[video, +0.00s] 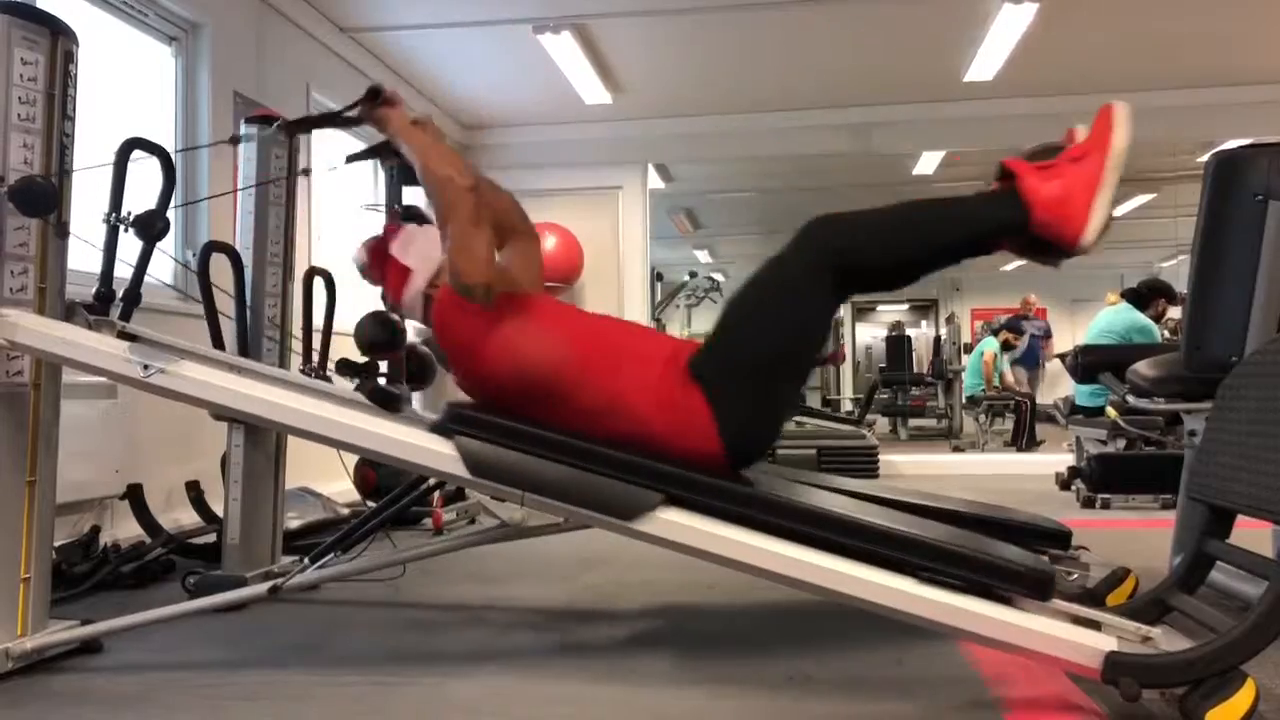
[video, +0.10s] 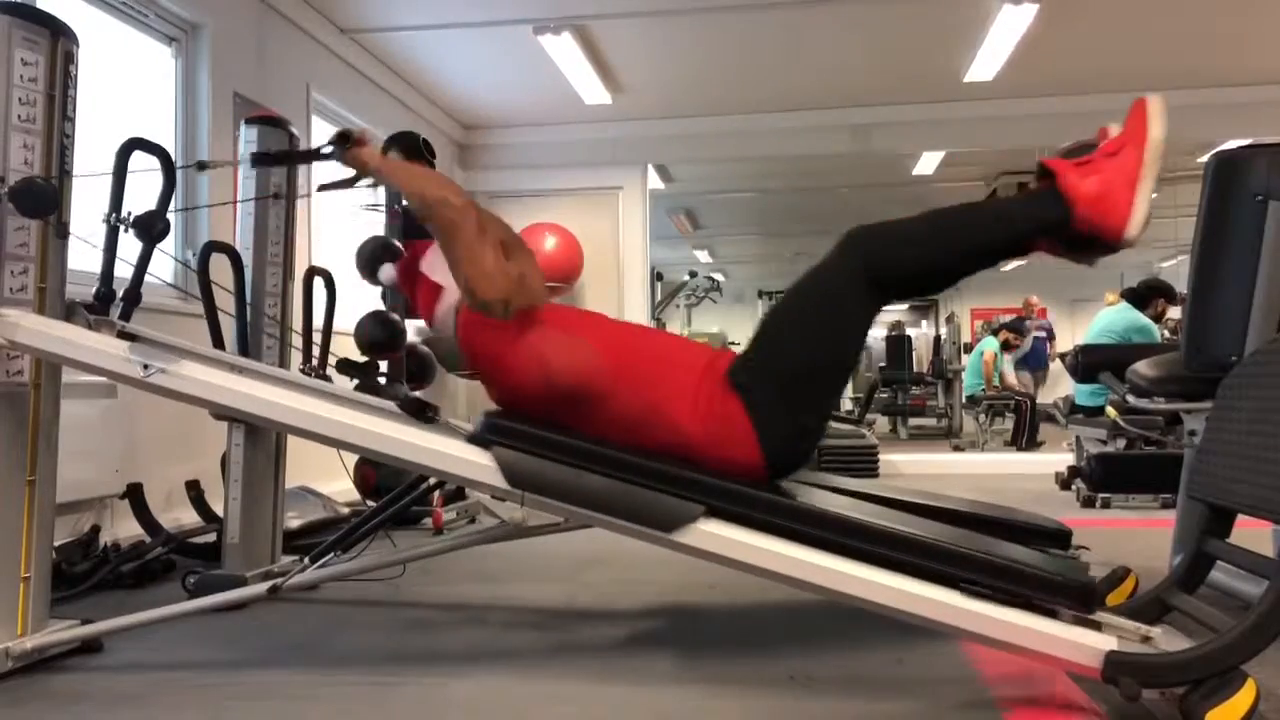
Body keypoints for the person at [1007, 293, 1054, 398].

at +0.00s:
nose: (1030, 307)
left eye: (1033, 304)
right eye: (1027, 304)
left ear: (1036, 306)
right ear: (1022, 305)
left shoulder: (1043, 324)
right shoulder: (1013, 321)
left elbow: (1049, 341)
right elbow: (1000, 335)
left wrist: (1049, 353)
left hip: (1036, 363)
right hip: (1018, 361)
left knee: (1033, 391)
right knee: (1021, 385)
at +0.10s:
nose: (1033, 309)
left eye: (1035, 306)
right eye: (1030, 306)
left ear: (1038, 307)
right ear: (1024, 307)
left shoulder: (1045, 324)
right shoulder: (1016, 323)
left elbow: (1052, 339)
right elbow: (1000, 333)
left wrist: (1053, 351)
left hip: (1041, 366)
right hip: (1023, 365)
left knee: (1034, 394)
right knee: (1028, 394)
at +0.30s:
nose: (1042, 310)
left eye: (1044, 306)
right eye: (1039, 307)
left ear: (1047, 307)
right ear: (1030, 308)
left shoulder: (1051, 322)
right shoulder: (1023, 322)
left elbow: (1057, 340)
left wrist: (1061, 353)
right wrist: (1034, 329)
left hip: (1049, 363)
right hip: (1030, 363)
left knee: (1048, 393)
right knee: (1039, 392)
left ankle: (1042, 422)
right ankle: (1044, 424)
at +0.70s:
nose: (1058, 309)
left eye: (1061, 306)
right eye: (1056, 305)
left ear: (1064, 305)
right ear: (1049, 302)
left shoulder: (1063, 319)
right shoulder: (1037, 317)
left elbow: (1067, 338)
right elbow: (1038, 334)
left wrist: (1070, 348)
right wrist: (1052, 320)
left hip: (1061, 363)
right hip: (1042, 364)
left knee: (1065, 394)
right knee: (1043, 397)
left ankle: (1056, 416)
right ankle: (1043, 424)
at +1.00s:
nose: (1072, 307)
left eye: (1075, 304)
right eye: (1070, 303)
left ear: (1079, 304)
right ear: (1064, 302)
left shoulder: (1079, 319)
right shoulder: (1053, 316)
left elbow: (1081, 336)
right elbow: (1056, 331)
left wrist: (1076, 350)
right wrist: (1066, 314)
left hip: (1072, 361)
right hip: (1057, 361)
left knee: (1070, 393)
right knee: (1057, 393)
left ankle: (1066, 418)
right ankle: (1056, 421)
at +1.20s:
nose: (1079, 305)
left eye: (1082, 302)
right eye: (1076, 301)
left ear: (1086, 302)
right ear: (1070, 298)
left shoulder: (1087, 315)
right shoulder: (1059, 312)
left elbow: (1092, 334)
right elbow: (1065, 329)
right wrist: (1073, 312)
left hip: (1082, 355)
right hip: (1065, 355)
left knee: (1082, 386)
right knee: (1070, 387)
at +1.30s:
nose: (1084, 306)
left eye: (1087, 303)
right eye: (1081, 302)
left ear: (1090, 303)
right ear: (1075, 300)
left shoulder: (1092, 317)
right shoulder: (1064, 314)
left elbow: (1094, 335)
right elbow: (1072, 331)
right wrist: (1077, 314)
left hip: (1087, 353)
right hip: (1069, 353)